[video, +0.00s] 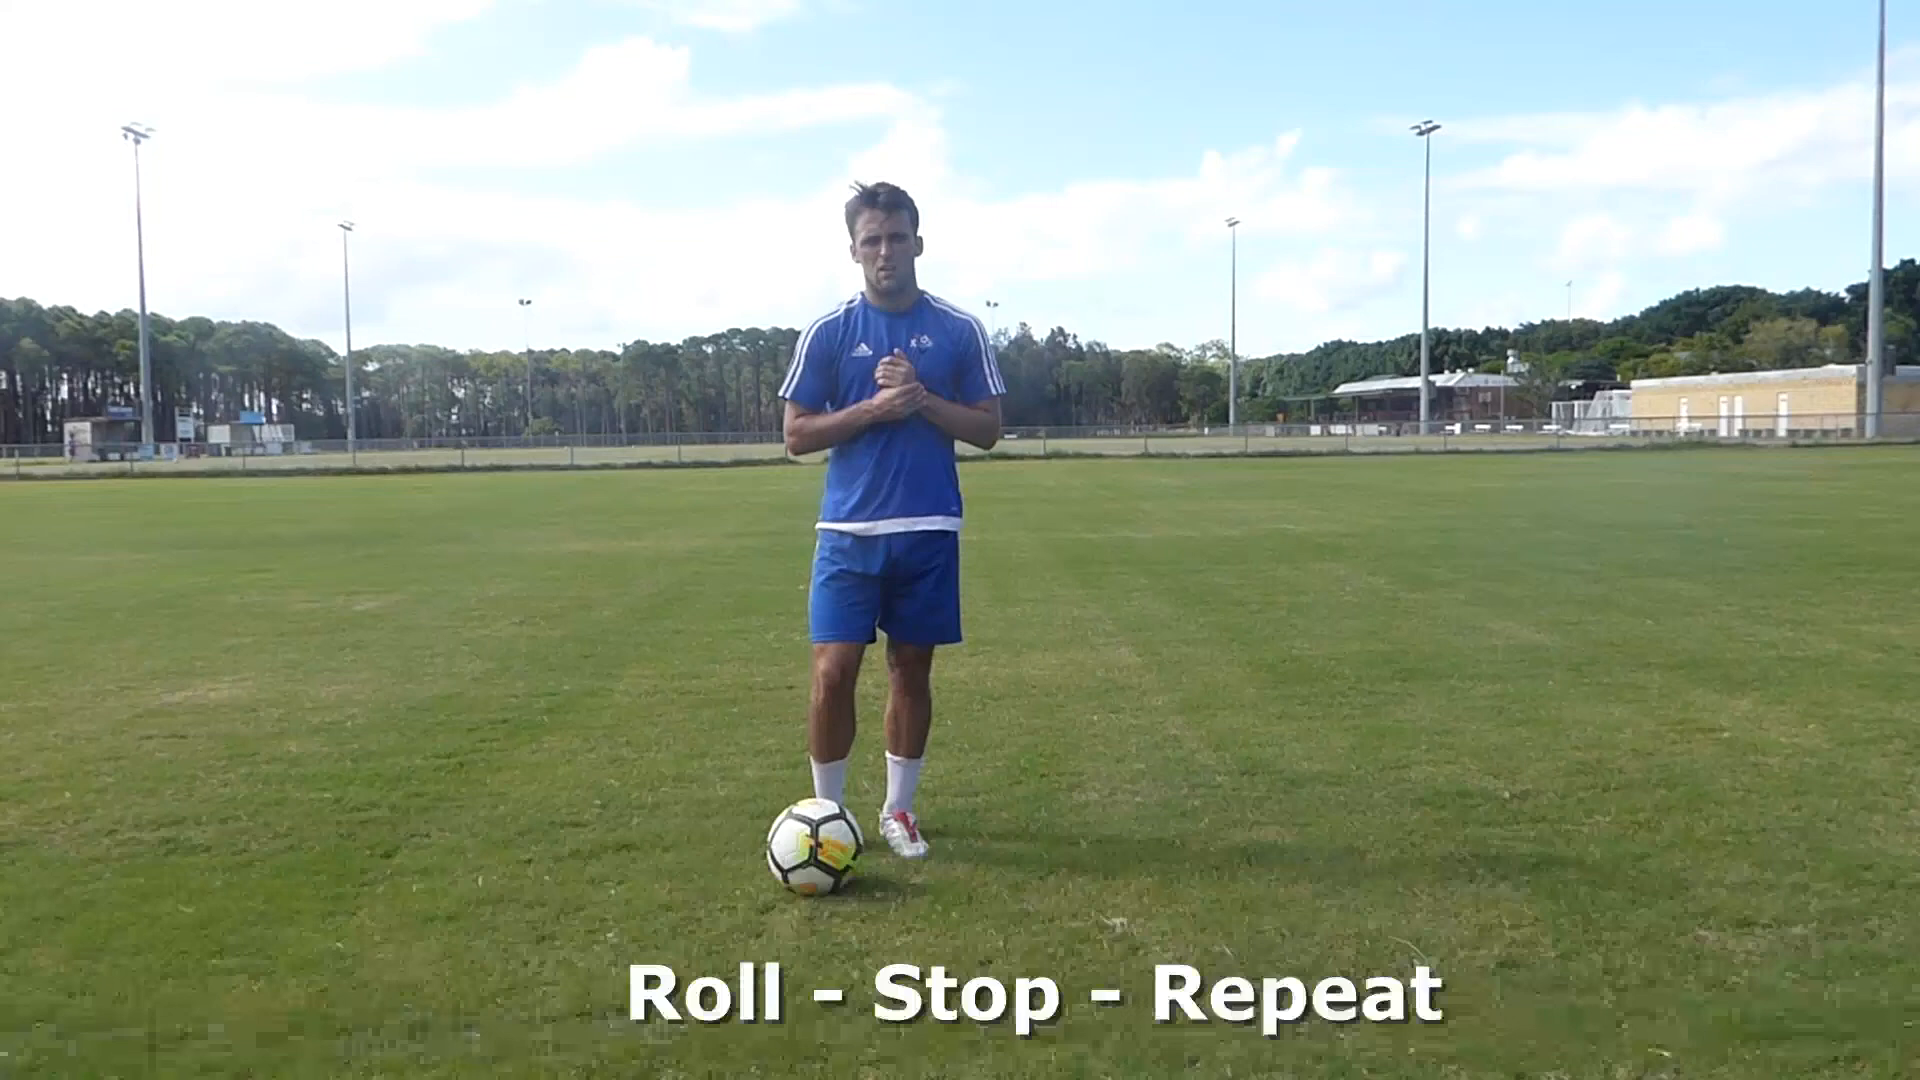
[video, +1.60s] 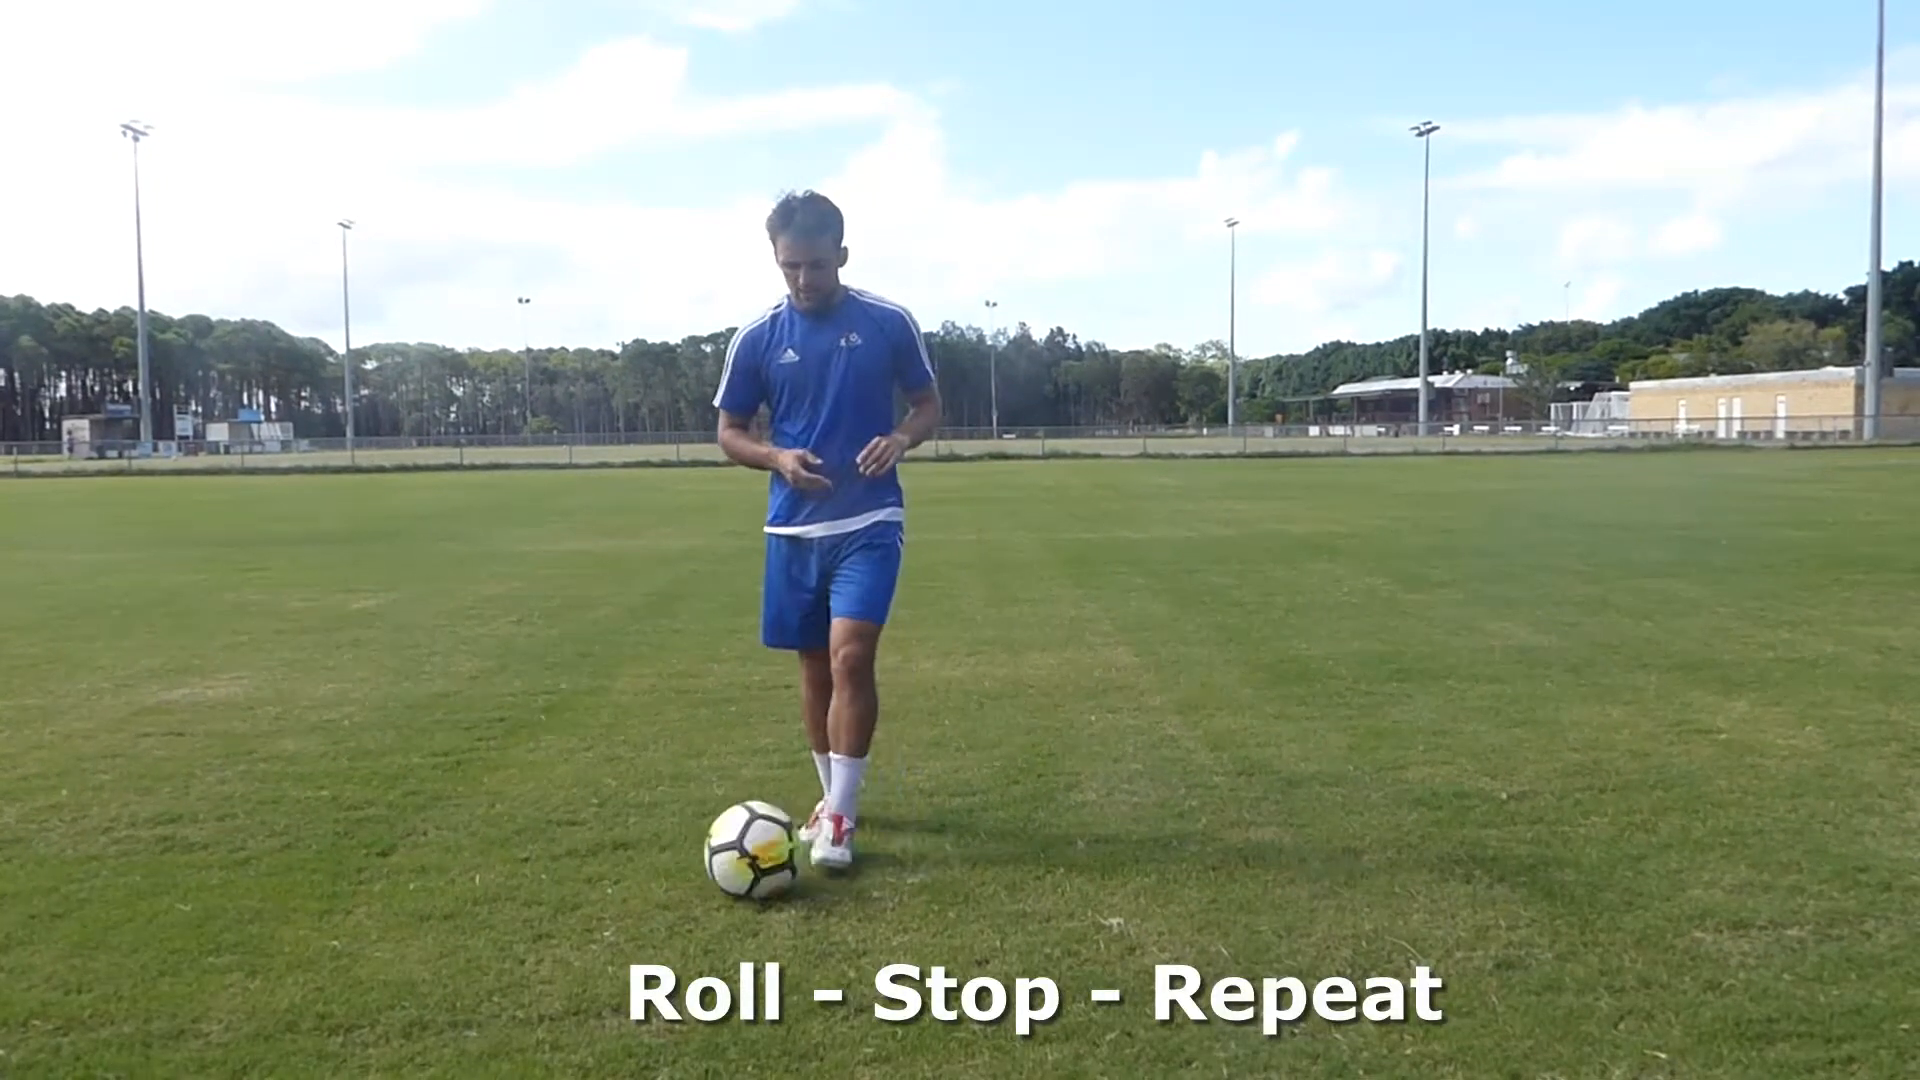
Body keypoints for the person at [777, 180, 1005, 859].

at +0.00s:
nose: (885, 252)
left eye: (897, 240)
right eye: (872, 242)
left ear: (917, 243)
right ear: (854, 251)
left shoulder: (960, 330)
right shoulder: (829, 333)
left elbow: (987, 428)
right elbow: (797, 434)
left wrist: (922, 398)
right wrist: (873, 408)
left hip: (927, 529)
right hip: (847, 530)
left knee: (911, 670)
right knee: (833, 673)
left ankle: (898, 812)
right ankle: (827, 818)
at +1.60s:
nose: (804, 280)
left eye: (817, 265)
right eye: (790, 266)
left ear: (841, 253)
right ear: (774, 258)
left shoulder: (888, 324)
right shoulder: (758, 339)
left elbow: (928, 409)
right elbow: (729, 433)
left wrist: (900, 438)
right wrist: (775, 456)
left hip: (868, 523)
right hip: (795, 530)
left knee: (851, 659)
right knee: (816, 672)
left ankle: (838, 815)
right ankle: (833, 802)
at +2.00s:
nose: (816, 272)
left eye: (829, 257)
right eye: (804, 256)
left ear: (859, 247)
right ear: (790, 248)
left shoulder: (899, 326)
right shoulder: (768, 323)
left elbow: (939, 422)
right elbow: (744, 405)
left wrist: (889, 457)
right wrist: (749, 447)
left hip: (857, 534)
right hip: (776, 524)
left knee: (851, 678)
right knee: (729, 637)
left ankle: (849, 825)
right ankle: (770, 783)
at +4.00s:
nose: (886, 282)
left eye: (901, 268)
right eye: (875, 265)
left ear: (931, 257)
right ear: (862, 249)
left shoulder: (958, 335)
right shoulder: (826, 316)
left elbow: (973, 412)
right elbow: (767, 408)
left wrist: (989, 489)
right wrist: (764, 477)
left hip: (891, 539)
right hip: (805, 515)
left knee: (867, 688)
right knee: (730, 620)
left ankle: (841, 830)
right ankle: (677, 792)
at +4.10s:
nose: (888, 284)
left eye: (903, 270)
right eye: (877, 268)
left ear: (934, 258)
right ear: (863, 252)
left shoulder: (964, 333)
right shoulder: (830, 321)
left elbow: (980, 409)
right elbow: (774, 412)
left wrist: (997, 479)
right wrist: (776, 483)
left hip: (907, 537)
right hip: (823, 517)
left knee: (873, 689)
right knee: (771, 630)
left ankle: (843, 829)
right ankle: (729, 803)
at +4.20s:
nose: (890, 285)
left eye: (905, 270)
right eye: (878, 269)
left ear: (936, 256)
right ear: (864, 254)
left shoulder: (975, 332)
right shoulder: (833, 326)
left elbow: (1001, 406)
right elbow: (787, 413)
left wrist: (1015, 480)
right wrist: (794, 489)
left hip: (923, 537)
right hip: (842, 518)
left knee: (883, 685)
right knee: (834, 639)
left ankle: (847, 829)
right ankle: (820, 815)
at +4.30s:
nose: (891, 288)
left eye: (905, 273)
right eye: (879, 272)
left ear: (936, 256)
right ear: (865, 258)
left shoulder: (983, 332)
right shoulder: (837, 334)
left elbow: (1029, 409)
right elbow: (800, 421)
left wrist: (1040, 487)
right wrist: (812, 494)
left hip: (944, 547)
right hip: (863, 538)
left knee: (897, 695)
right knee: (893, 673)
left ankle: (846, 826)